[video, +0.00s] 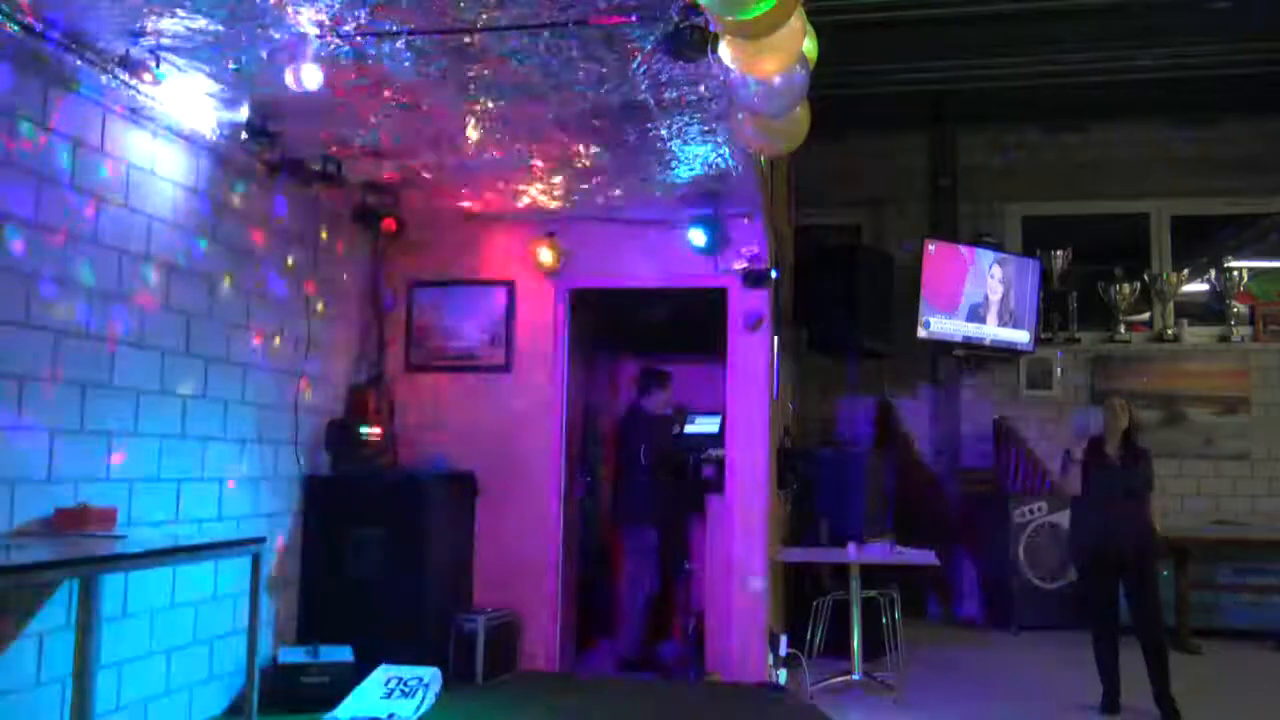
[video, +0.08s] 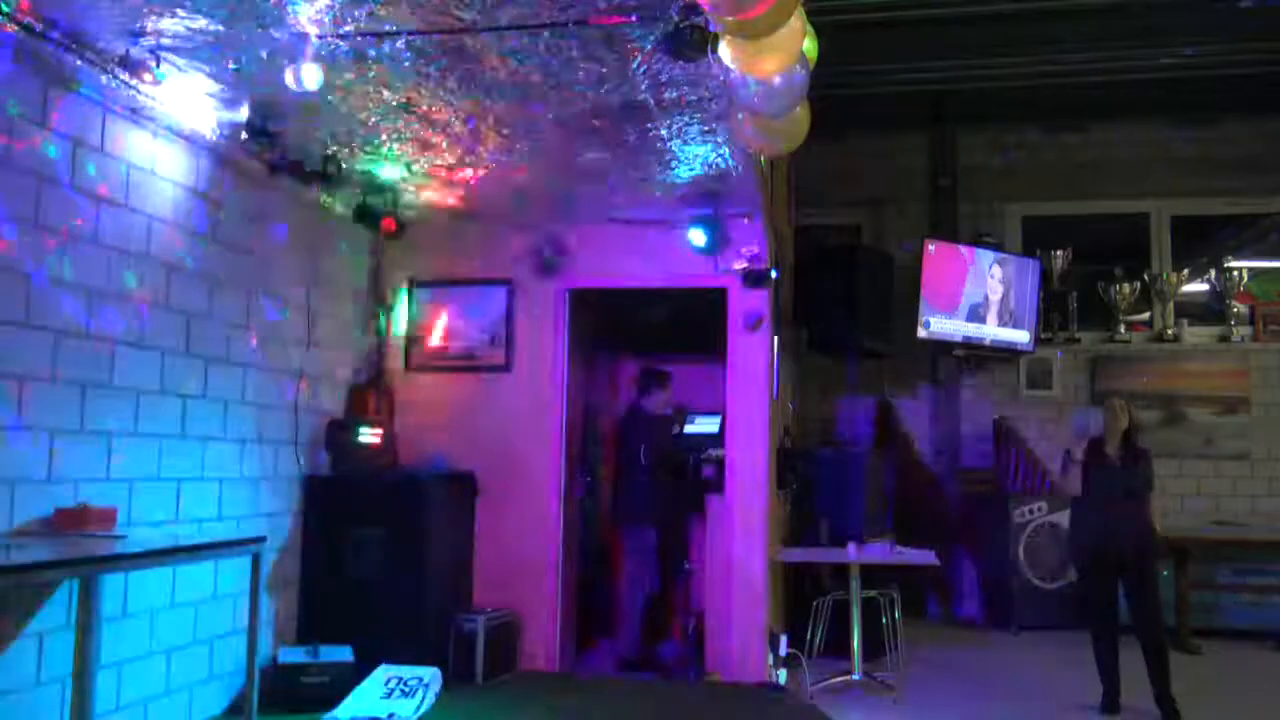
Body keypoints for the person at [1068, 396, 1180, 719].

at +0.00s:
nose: (1115, 417)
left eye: (1121, 412)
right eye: (1110, 411)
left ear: (1129, 419)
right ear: (1102, 418)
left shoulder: (1139, 455)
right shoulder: (1089, 452)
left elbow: (1148, 501)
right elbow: (1075, 494)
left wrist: (1156, 541)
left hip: (1136, 550)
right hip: (1097, 552)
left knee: (1150, 627)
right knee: (1104, 626)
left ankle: (1164, 699)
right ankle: (1110, 695)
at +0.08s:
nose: (1115, 418)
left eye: (1120, 413)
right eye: (1110, 412)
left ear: (1129, 420)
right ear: (1101, 418)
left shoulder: (1139, 455)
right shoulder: (1090, 454)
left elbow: (1145, 498)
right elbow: (1084, 502)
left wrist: (1154, 545)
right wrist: (1076, 550)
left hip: (1136, 551)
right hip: (1097, 552)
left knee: (1150, 627)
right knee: (1103, 627)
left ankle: (1164, 699)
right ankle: (1110, 695)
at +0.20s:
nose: (1115, 421)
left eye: (1120, 415)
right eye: (1109, 414)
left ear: (1128, 421)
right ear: (1100, 420)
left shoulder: (1139, 457)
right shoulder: (1089, 455)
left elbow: (1142, 496)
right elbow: (1079, 504)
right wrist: (1075, 552)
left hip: (1134, 551)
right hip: (1094, 552)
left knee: (1150, 625)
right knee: (1101, 627)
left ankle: (1166, 698)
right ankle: (1109, 695)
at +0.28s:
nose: (1115, 421)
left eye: (1120, 415)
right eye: (1109, 415)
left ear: (1129, 421)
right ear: (1099, 420)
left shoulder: (1141, 458)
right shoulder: (1088, 455)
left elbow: (1145, 500)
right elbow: (1073, 494)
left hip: (1134, 551)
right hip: (1094, 552)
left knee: (1151, 625)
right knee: (1101, 626)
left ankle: (1170, 696)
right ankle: (1109, 694)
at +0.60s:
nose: (1126, 424)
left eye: (1131, 418)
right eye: (1120, 418)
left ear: (1139, 423)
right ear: (1112, 422)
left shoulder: (1155, 458)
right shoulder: (1100, 454)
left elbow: (1167, 502)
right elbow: (1084, 494)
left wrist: (1166, 539)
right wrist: (1082, 466)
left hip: (1145, 550)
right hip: (1103, 549)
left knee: (1166, 626)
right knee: (1104, 626)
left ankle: (1193, 702)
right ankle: (1109, 697)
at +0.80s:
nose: (1132, 425)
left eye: (1137, 418)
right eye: (1127, 419)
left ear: (1150, 422)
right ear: (1120, 424)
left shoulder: (1171, 458)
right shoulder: (1115, 457)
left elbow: (1179, 506)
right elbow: (1115, 502)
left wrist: (1178, 543)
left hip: (1163, 553)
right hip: (1119, 553)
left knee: (1182, 631)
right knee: (1114, 629)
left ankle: (1198, 706)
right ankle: (1109, 701)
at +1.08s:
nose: (1148, 416)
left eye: (1154, 410)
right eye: (1146, 410)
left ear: (1172, 415)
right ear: (1142, 415)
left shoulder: (1193, 450)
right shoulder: (1137, 447)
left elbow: (1219, 494)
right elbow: (1137, 493)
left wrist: (1218, 513)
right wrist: (1129, 533)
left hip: (1190, 548)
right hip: (1145, 547)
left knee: (1195, 629)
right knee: (1134, 622)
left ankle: (1197, 702)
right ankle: (1116, 695)